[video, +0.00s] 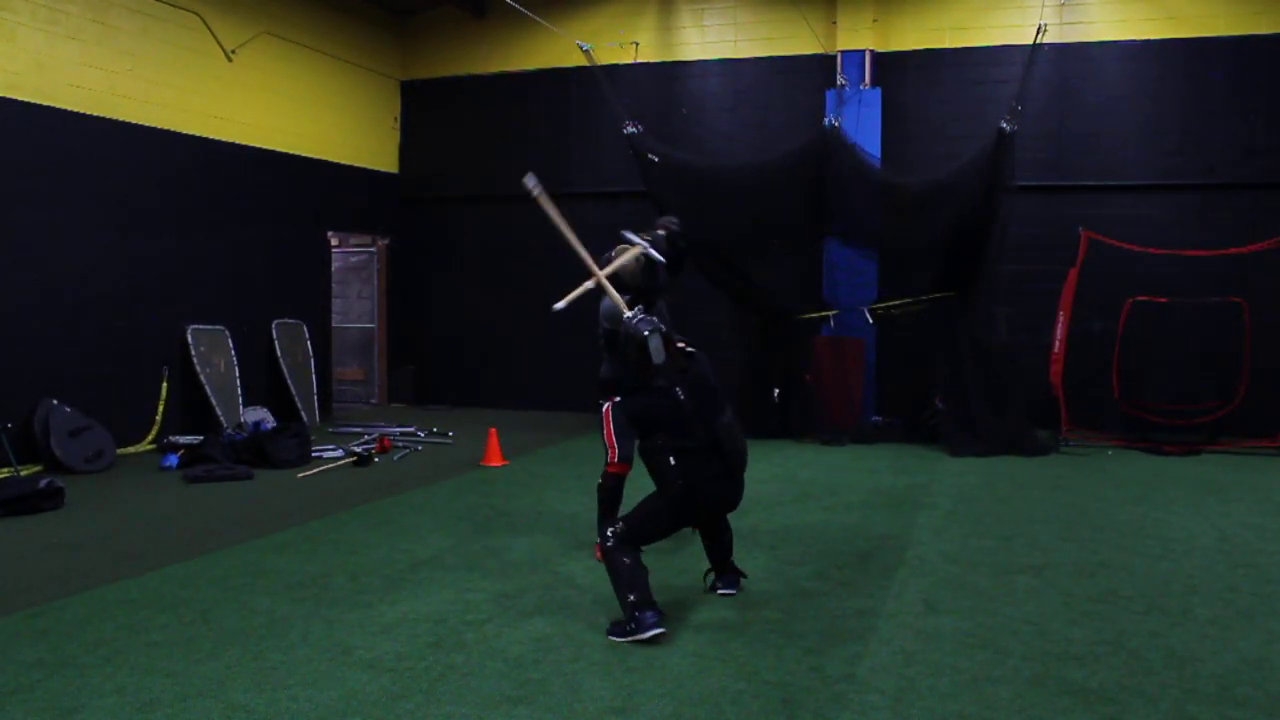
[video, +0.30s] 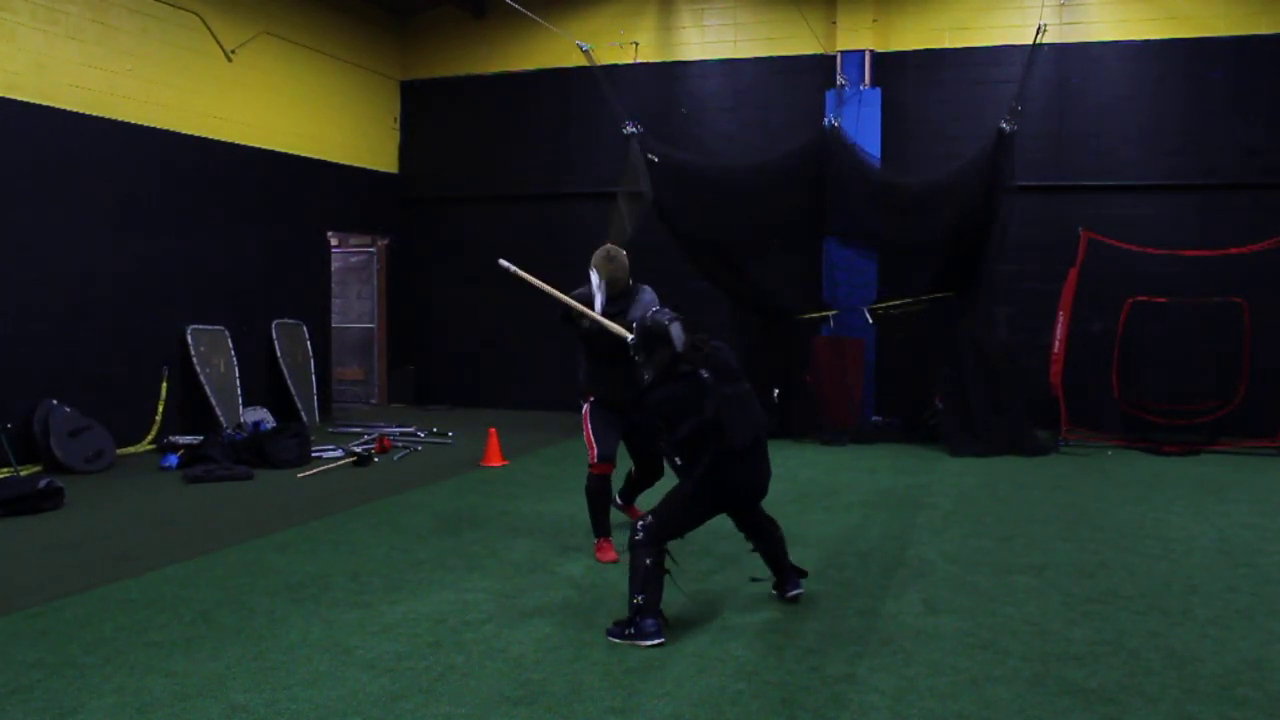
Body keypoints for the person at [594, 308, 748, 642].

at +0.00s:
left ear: (620, 363)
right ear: (662, 350)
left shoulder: (622, 403)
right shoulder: (692, 369)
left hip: (683, 495)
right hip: (728, 486)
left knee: (617, 538)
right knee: (703, 502)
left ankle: (641, 612)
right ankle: (727, 573)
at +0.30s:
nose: (639, 360)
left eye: (641, 352)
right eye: (639, 352)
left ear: (652, 353)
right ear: (680, 338)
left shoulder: (654, 394)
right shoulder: (718, 359)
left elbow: (650, 465)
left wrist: (625, 494)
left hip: (710, 481)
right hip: (754, 470)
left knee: (647, 533)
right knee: (747, 512)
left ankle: (645, 619)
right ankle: (788, 577)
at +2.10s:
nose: (864, 294)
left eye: (870, 287)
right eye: (867, 286)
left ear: (882, 290)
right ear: (903, 290)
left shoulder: (894, 329)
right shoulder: (911, 325)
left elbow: (891, 388)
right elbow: (903, 387)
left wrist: (863, 419)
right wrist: (863, 383)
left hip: (916, 436)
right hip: (921, 433)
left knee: (892, 518)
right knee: (897, 505)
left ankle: (907, 619)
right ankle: (905, 576)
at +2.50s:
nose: (896, 280)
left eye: (902, 274)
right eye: (899, 273)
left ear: (916, 279)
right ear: (927, 280)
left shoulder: (927, 317)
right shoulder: (920, 315)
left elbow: (926, 372)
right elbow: (918, 368)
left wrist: (894, 402)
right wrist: (887, 367)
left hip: (943, 422)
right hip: (929, 420)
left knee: (926, 498)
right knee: (911, 494)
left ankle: (967, 582)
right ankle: (904, 578)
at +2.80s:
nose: (914, 279)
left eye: (920, 273)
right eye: (915, 273)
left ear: (936, 278)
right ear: (935, 278)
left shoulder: (956, 317)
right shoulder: (928, 315)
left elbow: (956, 375)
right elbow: (924, 368)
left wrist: (920, 395)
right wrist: (897, 362)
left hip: (962, 417)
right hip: (934, 414)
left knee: (951, 495)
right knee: (898, 469)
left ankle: (968, 583)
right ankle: (908, 539)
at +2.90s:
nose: (914, 288)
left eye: (919, 282)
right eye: (915, 281)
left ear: (935, 285)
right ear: (935, 285)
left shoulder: (956, 321)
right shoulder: (929, 319)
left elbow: (959, 375)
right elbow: (926, 368)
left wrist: (922, 397)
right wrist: (898, 362)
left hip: (963, 420)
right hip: (936, 417)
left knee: (948, 496)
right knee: (907, 479)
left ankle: (967, 582)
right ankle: (910, 540)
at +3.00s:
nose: (908, 298)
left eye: (914, 291)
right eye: (908, 290)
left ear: (930, 294)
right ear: (928, 294)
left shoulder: (955, 330)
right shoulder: (922, 330)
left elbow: (960, 385)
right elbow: (918, 380)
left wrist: (926, 405)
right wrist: (895, 374)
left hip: (960, 425)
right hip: (934, 423)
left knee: (948, 495)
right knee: (911, 484)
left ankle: (967, 581)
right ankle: (915, 547)